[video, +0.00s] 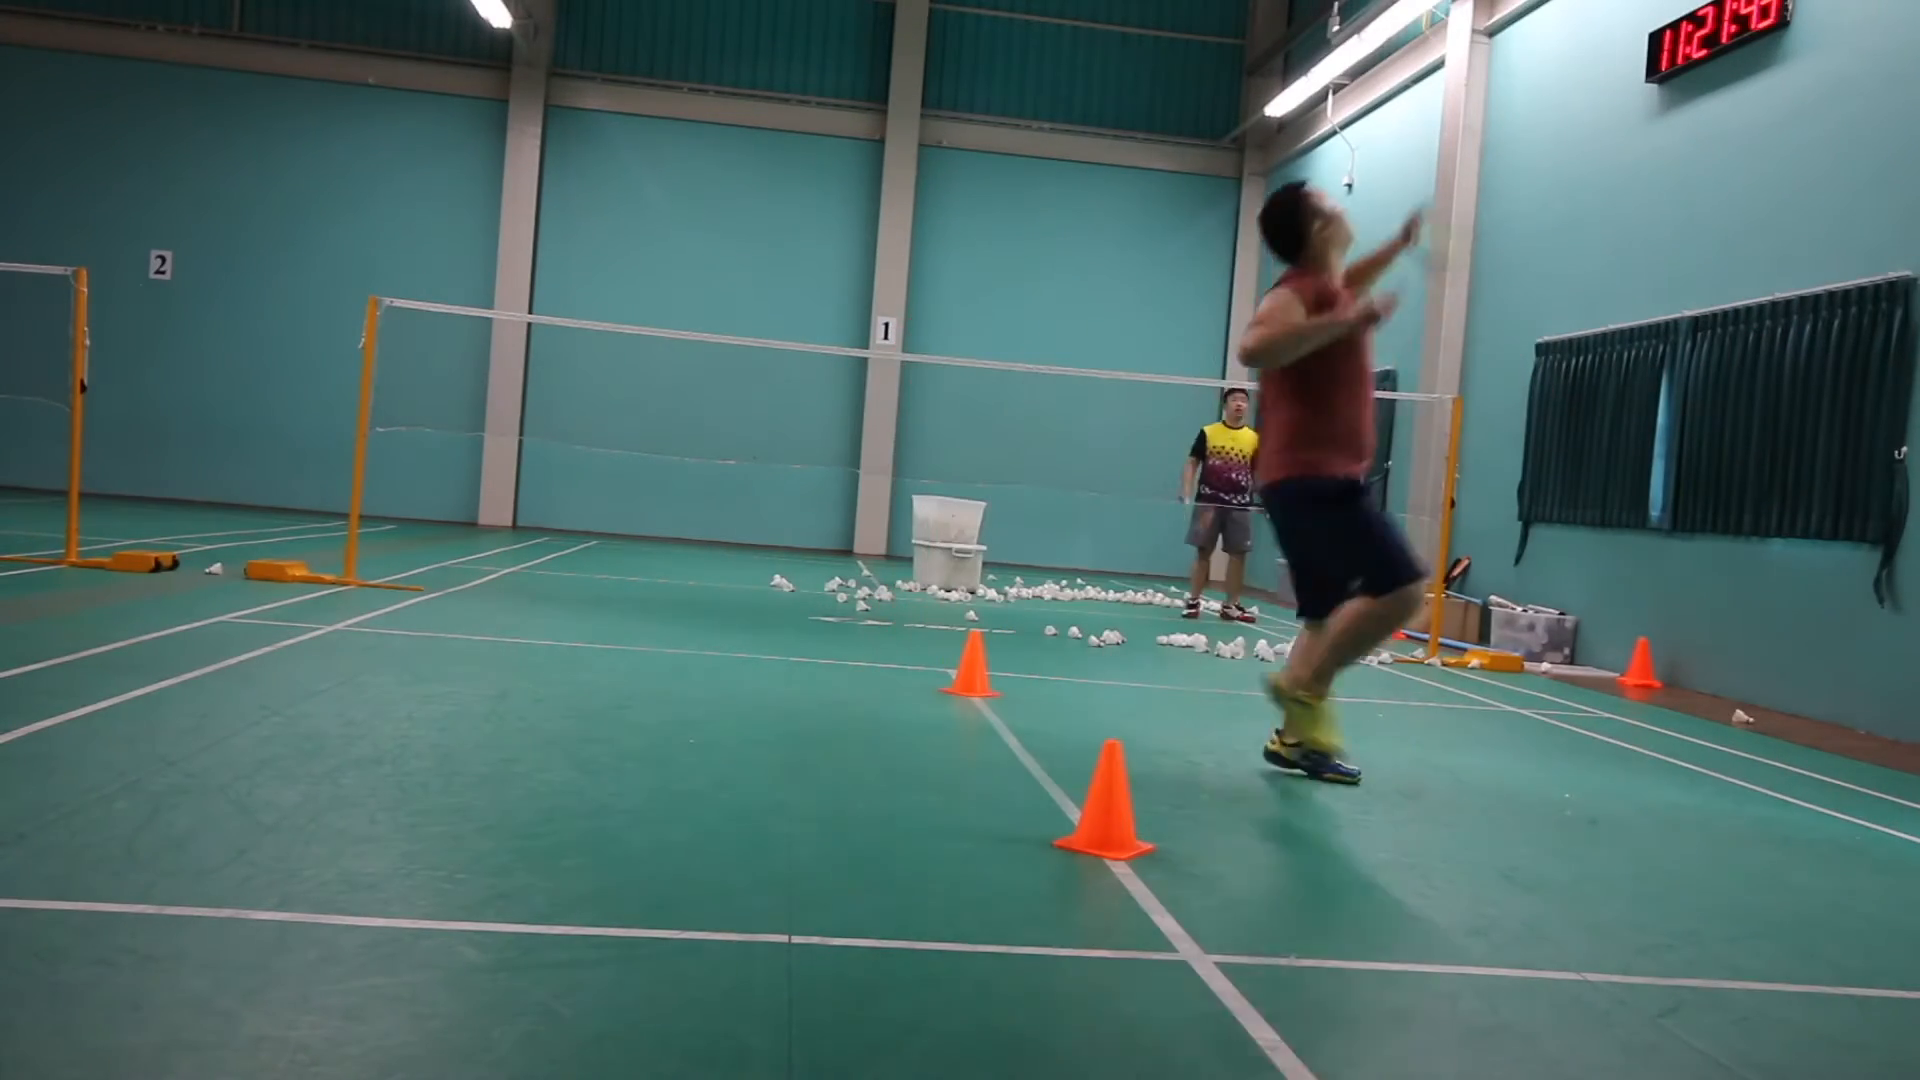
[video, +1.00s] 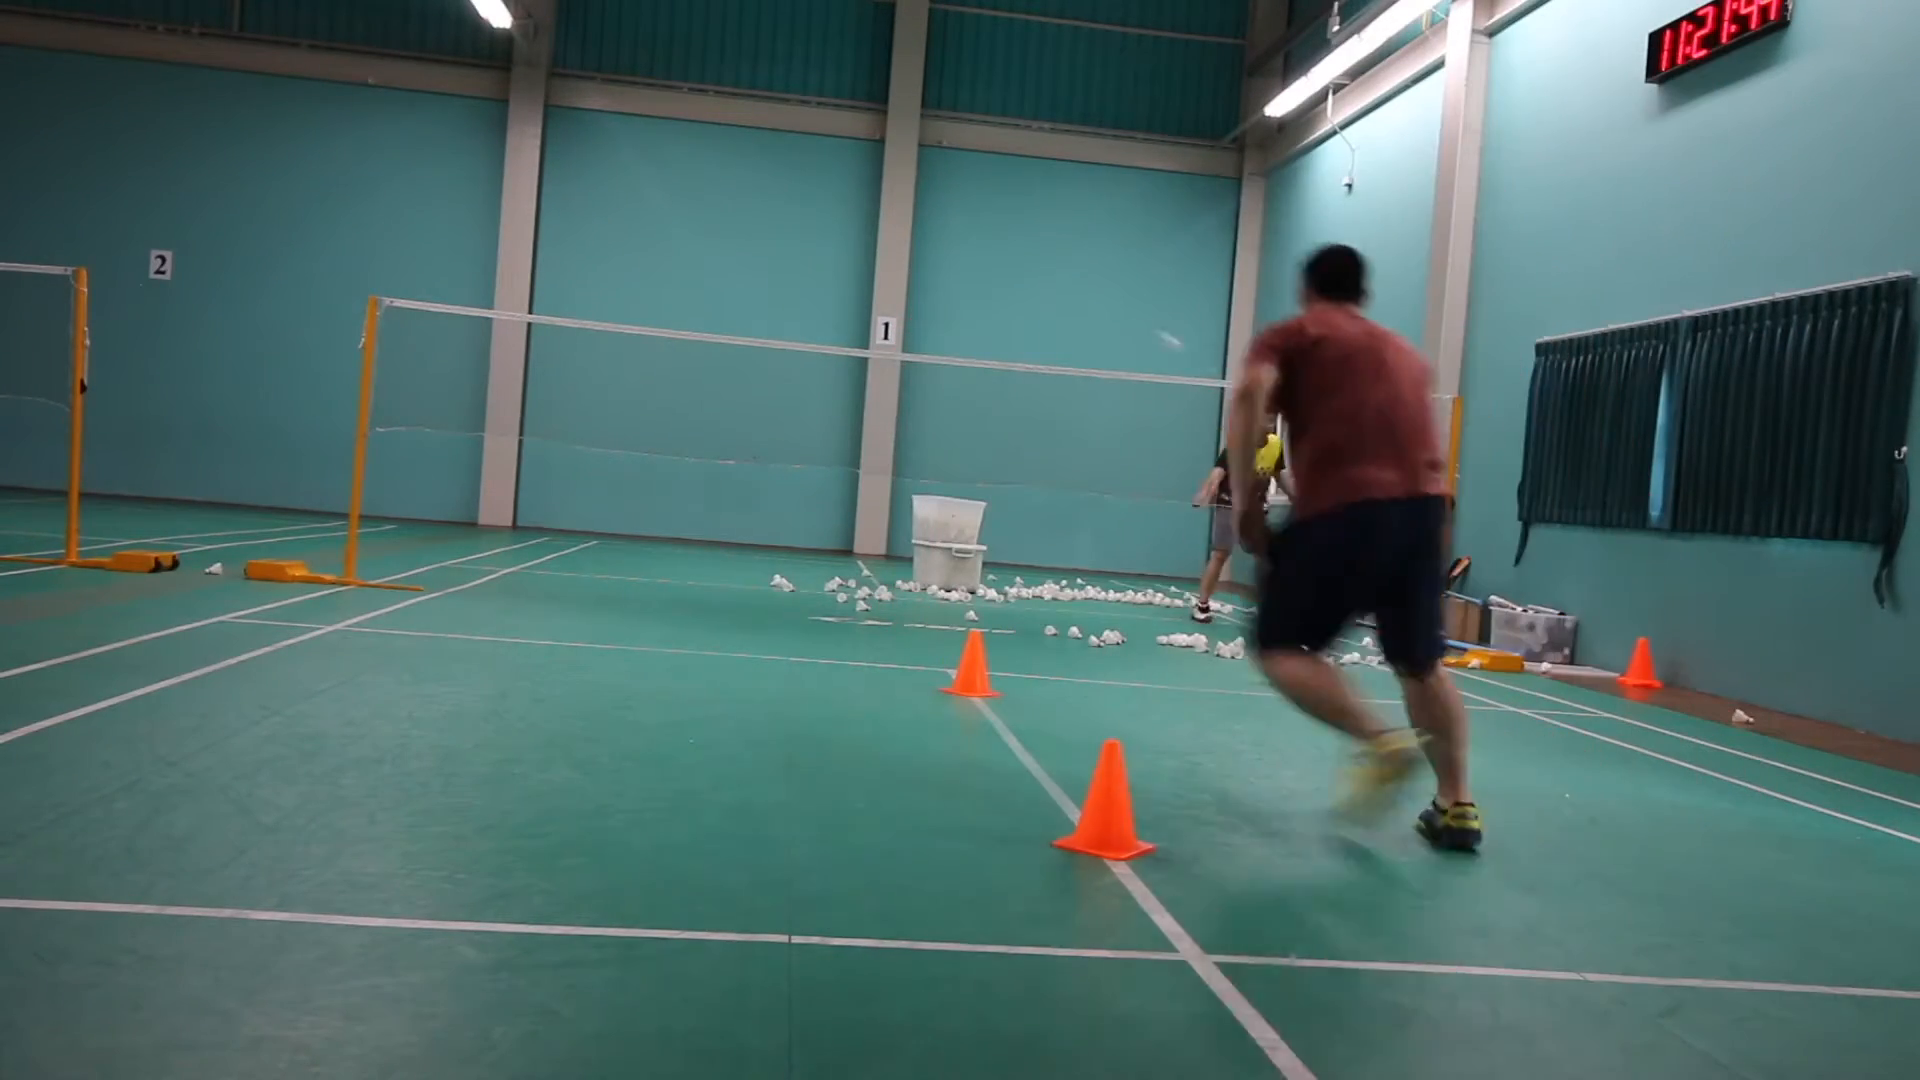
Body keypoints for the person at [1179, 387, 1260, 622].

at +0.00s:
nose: (1239, 405)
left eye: (1243, 401)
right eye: (1235, 400)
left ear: (1248, 407)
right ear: (1225, 405)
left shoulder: (1253, 438)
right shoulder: (1208, 432)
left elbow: (1257, 470)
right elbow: (1192, 462)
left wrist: (1262, 494)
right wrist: (1187, 490)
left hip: (1239, 503)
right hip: (1210, 501)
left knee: (1238, 554)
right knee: (1203, 553)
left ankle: (1231, 604)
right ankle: (1194, 599)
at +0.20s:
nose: (1226, 404)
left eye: (1230, 400)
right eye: (1222, 400)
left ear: (1235, 405)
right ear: (1213, 405)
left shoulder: (1246, 436)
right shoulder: (1198, 436)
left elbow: (1253, 468)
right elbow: (1185, 469)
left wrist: (1267, 495)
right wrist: (1174, 500)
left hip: (1237, 505)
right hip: (1206, 503)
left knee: (1243, 551)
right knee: (1201, 552)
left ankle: (1238, 602)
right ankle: (1194, 599)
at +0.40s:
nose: (1238, 408)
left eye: (1242, 403)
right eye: (1234, 403)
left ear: (1247, 408)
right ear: (1224, 407)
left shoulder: (1257, 439)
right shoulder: (1210, 438)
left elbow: (1263, 472)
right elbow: (1194, 471)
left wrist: (1272, 499)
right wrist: (1182, 502)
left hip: (1248, 507)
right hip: (1216, 506)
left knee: (1256, 555)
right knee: (1206, 554)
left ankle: (1267, 608)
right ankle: (1194, 601)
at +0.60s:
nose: (1266, 410)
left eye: (1270, 406)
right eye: (1261, 406)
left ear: (1275, 412)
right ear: (1252, 410)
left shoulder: (1282, 443)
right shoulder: (1237, 440)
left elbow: (1286, 477)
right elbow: (1223, 474)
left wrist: (1298, 508)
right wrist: (1219, 507)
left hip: (1268, 511)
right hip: (1238, 509)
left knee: (1275, 556)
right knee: (1221, 554)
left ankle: (1270, 609)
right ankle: (1196, 598)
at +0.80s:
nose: (1282, 423)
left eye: (1286, 419)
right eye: (1278, 418)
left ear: (1289, 422)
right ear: (1267, 419)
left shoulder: (1292, 446)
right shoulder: (1250, 446)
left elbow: (1297, 478)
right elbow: (1235, 478)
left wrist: (1312, 504)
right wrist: (1255, 501)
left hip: (1272, 512)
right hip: (1242, 510)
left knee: (1277, 557)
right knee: (1223, 554)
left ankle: (1271, 609)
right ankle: (1200, 599)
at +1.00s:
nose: (1270, 420)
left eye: (1273, 415)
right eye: (1265, 414)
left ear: (1277, 419)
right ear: (1254, 416)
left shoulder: (1276, 445)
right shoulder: (1239, 441)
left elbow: (1279, 474)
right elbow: (1221, 467)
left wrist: (1295, 496)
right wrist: (1211, 488)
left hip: (1255, 505)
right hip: (1228, 502)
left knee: (1268, 554)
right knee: (1220, 553)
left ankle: (1270, 608)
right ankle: (1203, 602)